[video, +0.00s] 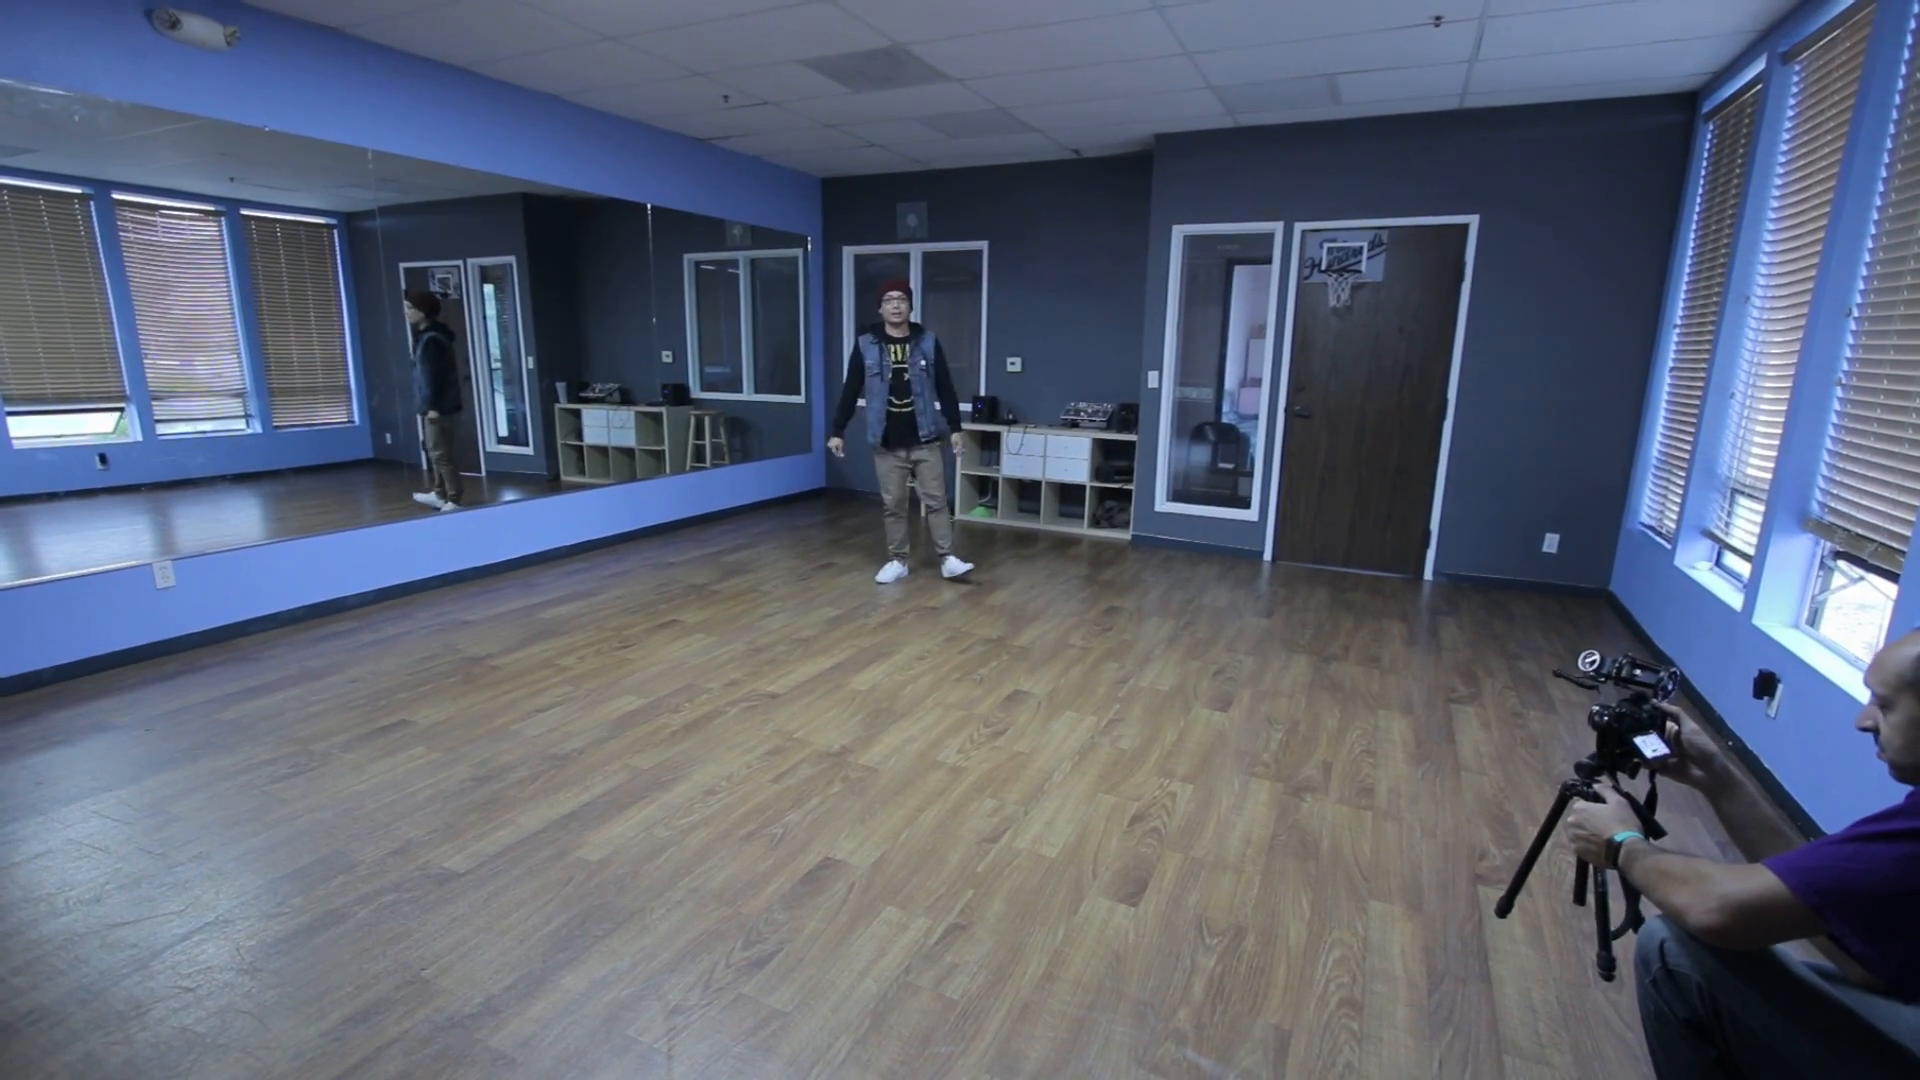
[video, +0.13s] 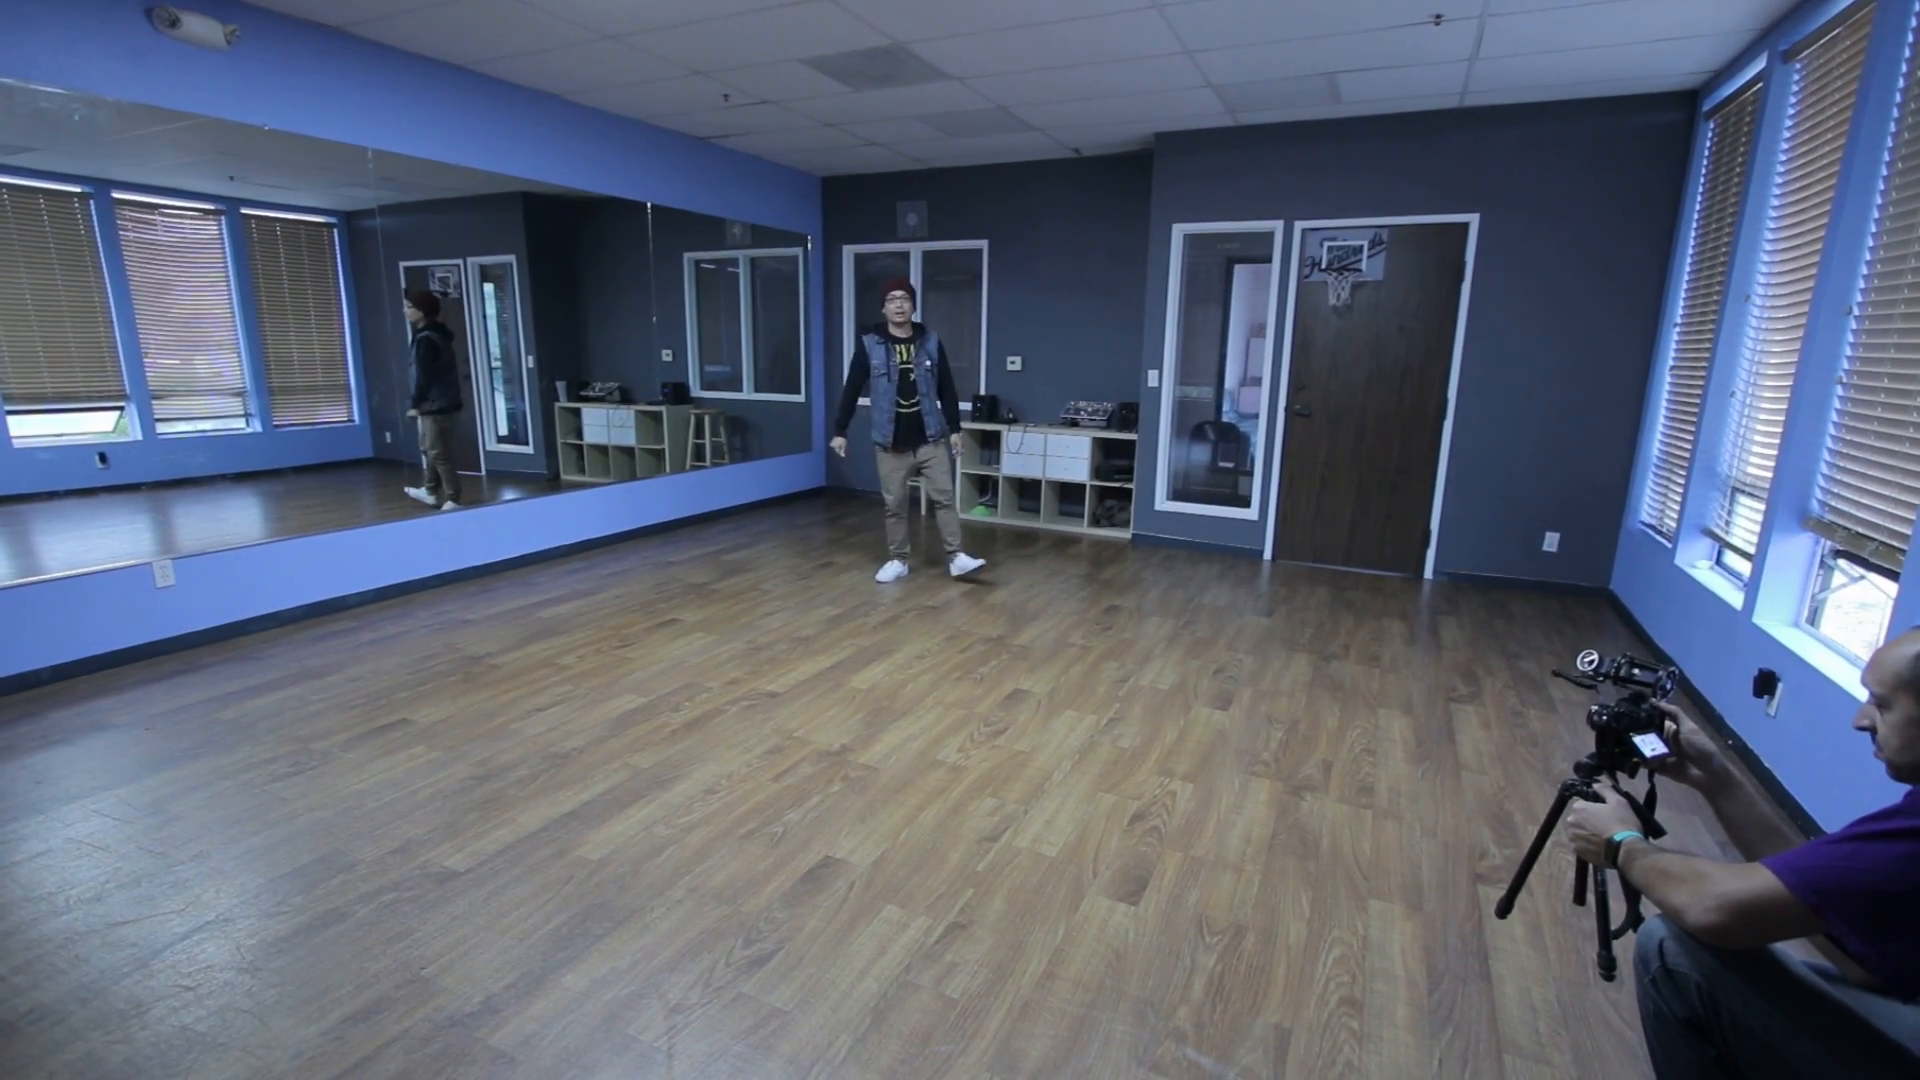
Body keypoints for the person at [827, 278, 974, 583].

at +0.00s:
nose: (895, 306)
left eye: (901, 300)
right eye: (889, 301)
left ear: (910, 306)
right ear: (880, 308)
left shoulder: (927, 342)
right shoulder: (866, 345)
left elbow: (944, 387)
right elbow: (851, 390)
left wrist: (955, 428)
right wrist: (837, 432)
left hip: (926, 438)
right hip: (887, 440)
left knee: (936, 500)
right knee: (893, 504)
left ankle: (947, 558)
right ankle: (898, 561)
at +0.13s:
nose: (899, 305)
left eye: (904, 300)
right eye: (892, 301)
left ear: (914, 306)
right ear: (883, 308)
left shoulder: (930, 341)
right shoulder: (870, 345)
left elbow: (946, 388)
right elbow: (851, 391)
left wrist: (955, 429)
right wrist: (840, 431)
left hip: (931, 437)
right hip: (891, 440)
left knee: (945, 497)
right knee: (894, 504)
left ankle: (955, 556)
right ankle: (898, 560)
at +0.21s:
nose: (902, 309)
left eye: (907, 304)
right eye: (896, 304)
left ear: (917, 310)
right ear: (887, 312)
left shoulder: (933, 346)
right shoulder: (873, 348)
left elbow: (946, 392)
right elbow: (859, 394)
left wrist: (952, 435)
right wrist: (850, 437)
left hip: (933, 441)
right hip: (892, 443)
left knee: (951, 496)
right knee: (893, 506)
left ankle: (955, 557)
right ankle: (898, 562)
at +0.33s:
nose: (909, 308)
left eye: (914, 302)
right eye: (902, 303)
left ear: (923, 309)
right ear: (893, 311)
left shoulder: (938, 345)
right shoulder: (879, 347)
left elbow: (949, 392)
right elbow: (873, 395)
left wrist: (950, 434)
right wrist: (882, 434)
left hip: (935, 438)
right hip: (897, 439)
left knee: (954, 491)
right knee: (896, 504)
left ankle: (947, 553)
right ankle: (898, 561)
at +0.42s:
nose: (914, 305)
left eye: (920, 300)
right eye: (907, 301)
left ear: (928, 306)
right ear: (899, 308)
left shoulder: (945, 344)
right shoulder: (884, 344)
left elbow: (954, 390)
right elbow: (883, 394)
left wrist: (951, 431)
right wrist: (905, 429)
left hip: (939, 437)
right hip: (900, 437)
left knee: (952, 497)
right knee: (900, 501)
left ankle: (946, 556)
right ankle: (898, 560)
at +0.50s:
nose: (921, 305)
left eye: (927, 300)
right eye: (914, 300)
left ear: (936, 306)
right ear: (906, 308)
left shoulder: (952, 344)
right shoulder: (889, 343)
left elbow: (962, 392)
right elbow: (892, 393)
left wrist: (958, 433)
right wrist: (924, 422)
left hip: (943, 438)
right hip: (904, 437)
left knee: (946, 505)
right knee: (902, 502)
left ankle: (950, 564)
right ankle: (898, 560)